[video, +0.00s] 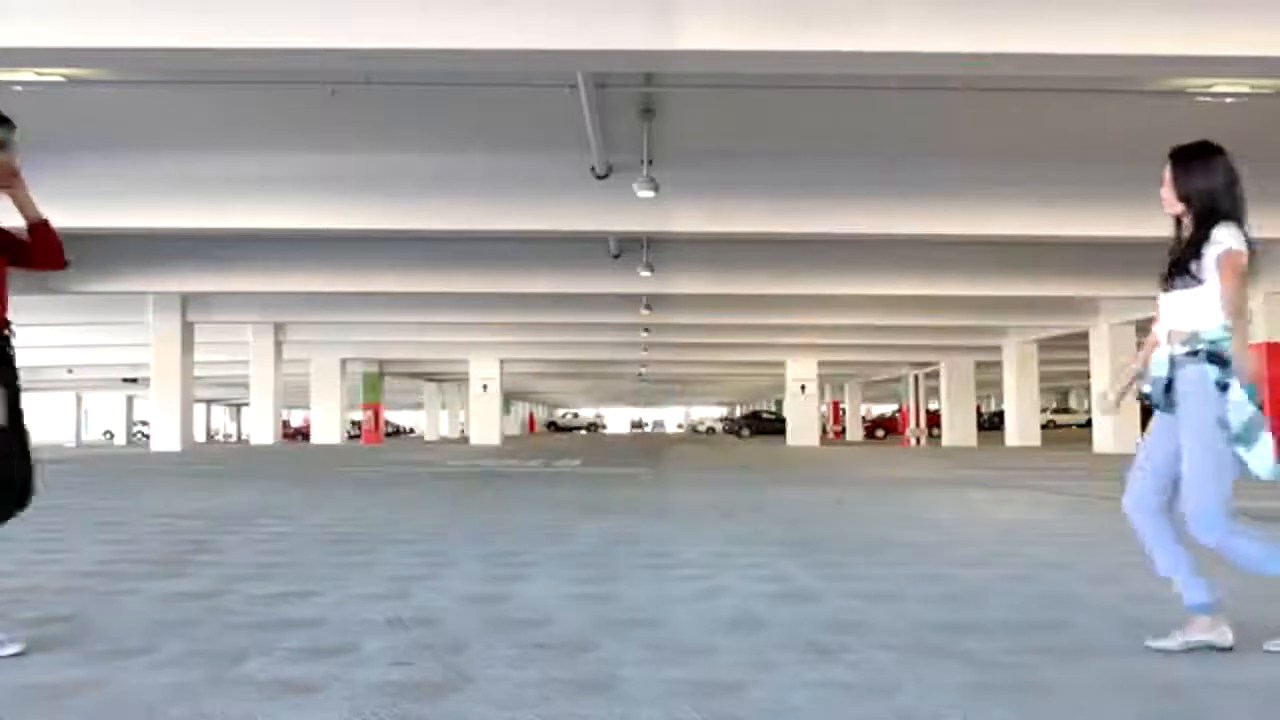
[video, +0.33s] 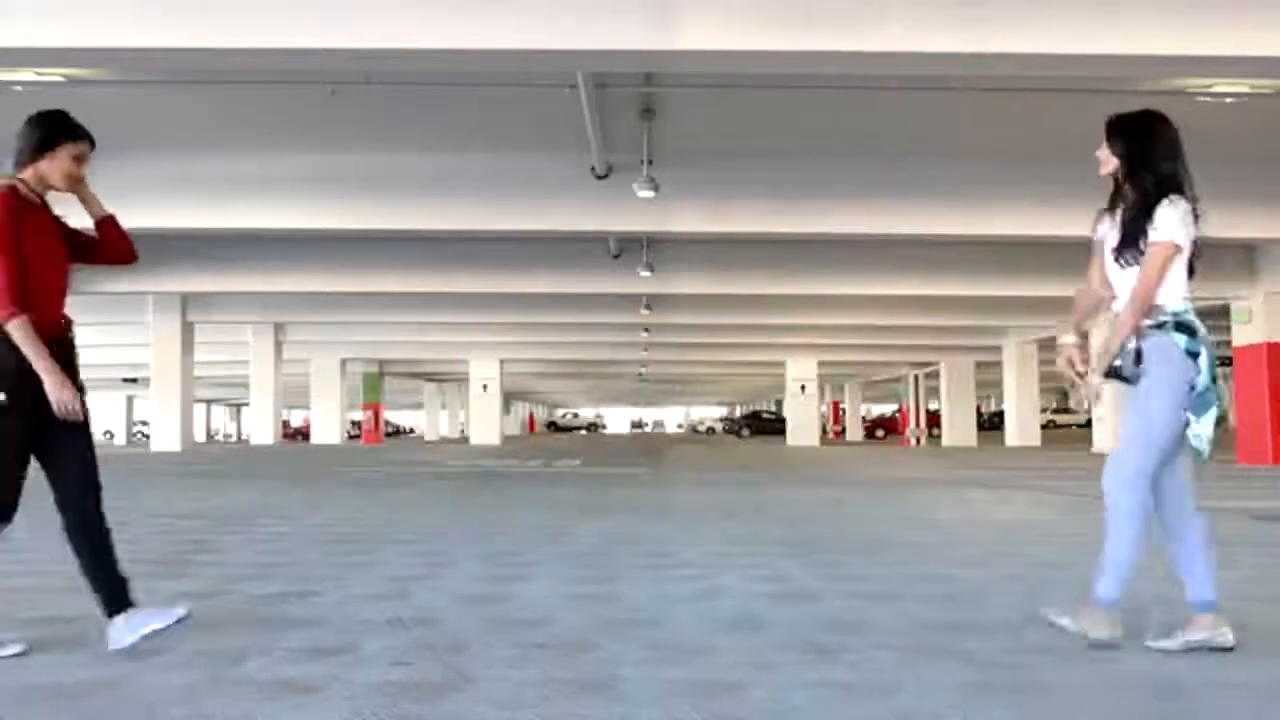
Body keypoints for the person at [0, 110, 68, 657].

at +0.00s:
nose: (11, 167)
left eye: (11, 157)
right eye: (6, 157)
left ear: (7, 161)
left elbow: (51, 256)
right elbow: (51, 255)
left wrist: (18, 191)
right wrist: (19, 193)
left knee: (12, 486)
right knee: (9, 486)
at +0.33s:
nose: (81, 171)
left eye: (84, 162)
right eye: (76, 159)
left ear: (48, 160)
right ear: (43, 154)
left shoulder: (47, 221)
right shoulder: (9, 202)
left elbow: (120, 252)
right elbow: (7, 302)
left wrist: (84, 192)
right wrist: (51, 373)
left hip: (53, 365)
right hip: (15, 368)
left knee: (78, 492)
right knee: (3, 503)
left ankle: (121, 614)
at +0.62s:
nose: (147, 171)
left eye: (151, 163)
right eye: (141, 159)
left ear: (136, 165)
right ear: (109, 153)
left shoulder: (127, 224)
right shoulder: (71, 203)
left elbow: (200, 245)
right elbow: (52, 294)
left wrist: (151, 195)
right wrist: (68, 378)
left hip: (145, 358)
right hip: (95, 358)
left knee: (144, 500)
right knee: (94, 499)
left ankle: (139, 626)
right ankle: (4, 591)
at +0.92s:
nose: (216, 159)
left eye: (215, 148)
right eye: (209, 148)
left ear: (189, 154)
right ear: (179, 150)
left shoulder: (193, 224)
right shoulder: (137, 205)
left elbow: (263, 240)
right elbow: (119, 293)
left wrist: (215, 193)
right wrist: (131, 373)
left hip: (195, 353)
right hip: (157, 352)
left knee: (168, 492)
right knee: (206, 487)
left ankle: (138, 624)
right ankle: (183, 625)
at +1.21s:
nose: (275, 157)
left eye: (272, 147)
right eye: (266, 148)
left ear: (241, 159)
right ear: (239, 156)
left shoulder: (248, 220)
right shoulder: (211, 212)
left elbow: (302, 283)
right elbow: (203, 305)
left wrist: (275, 225)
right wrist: (214, 387)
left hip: (258, 362)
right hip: (230, 364)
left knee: (210, 500)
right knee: (265, 496)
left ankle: (144, 618)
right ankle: (303, 630)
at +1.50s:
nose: (333, 151)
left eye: (329, 142)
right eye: (324, 142)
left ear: (294, 152)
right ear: (298, 150)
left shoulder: (297, 213)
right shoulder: (271, 207)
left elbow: (312, 296)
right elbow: (300, 289)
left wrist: (367, 300)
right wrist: (355, 322)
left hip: (321, 356)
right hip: (291, 356)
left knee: (348, 495)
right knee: (295, 493)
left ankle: (257, 587)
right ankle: (304, 630)